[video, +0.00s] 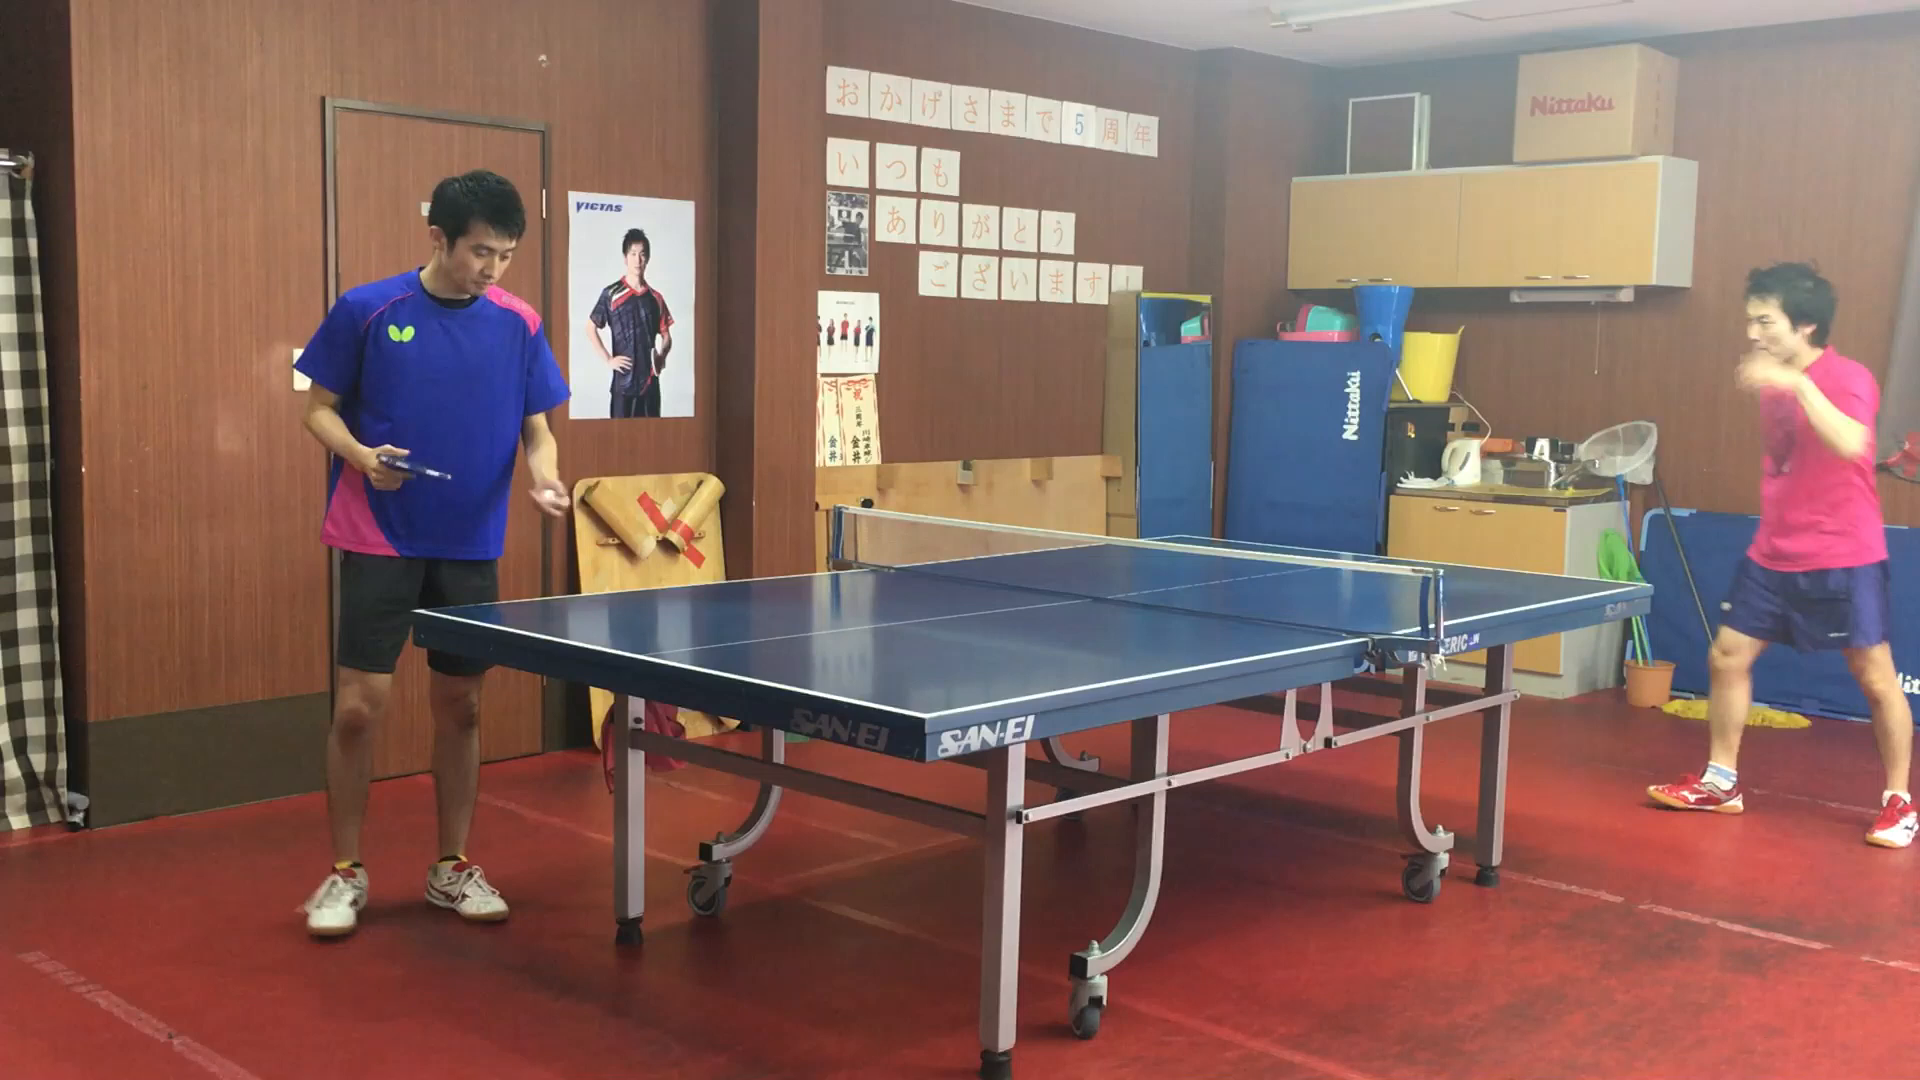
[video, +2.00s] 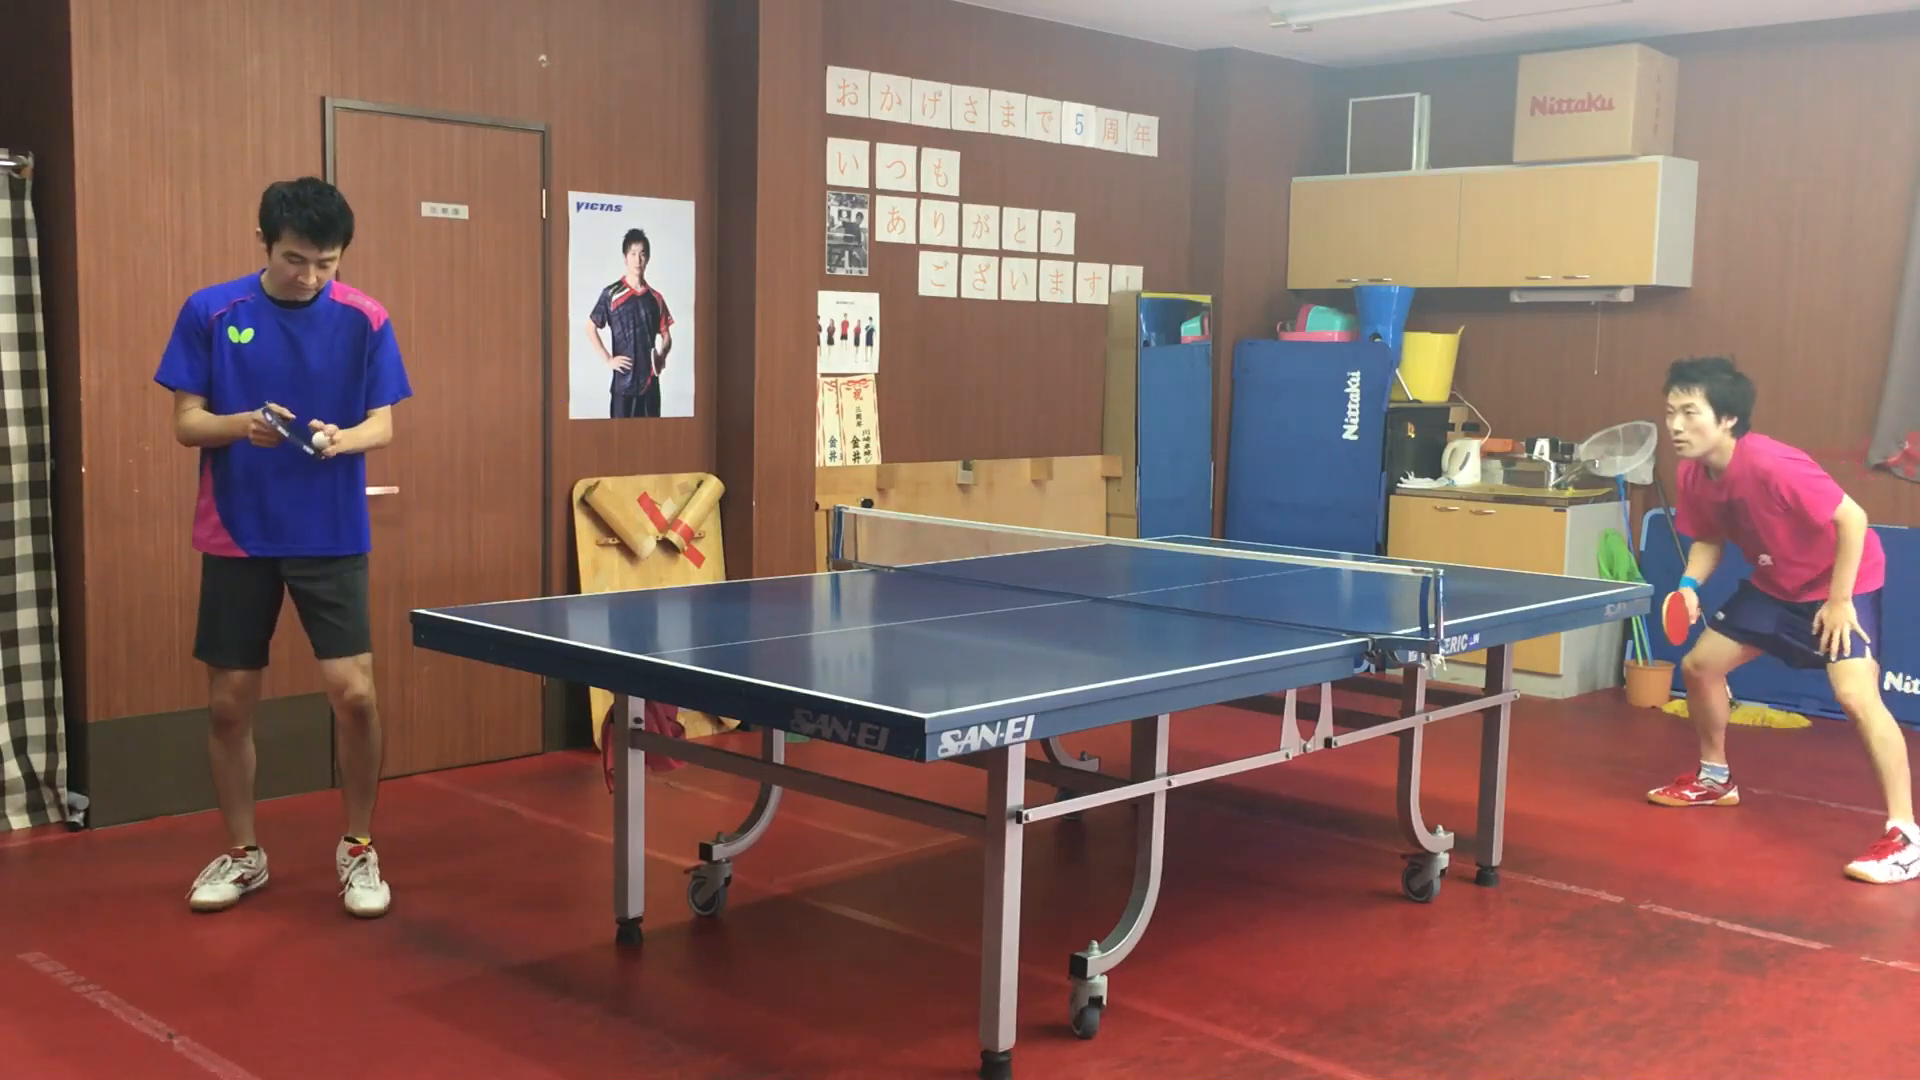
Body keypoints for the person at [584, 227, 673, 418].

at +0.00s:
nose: (639, 259)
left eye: (643, 254)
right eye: (633, 254)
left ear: (648, 258)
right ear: (625, 258)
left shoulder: (655, 297)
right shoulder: (611, 294)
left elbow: (666, 336)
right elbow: (591, 327)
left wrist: (662, 356)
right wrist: (608, 359)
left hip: (649, 378)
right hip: (624, 378)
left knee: (650, 436)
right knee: (622, 436)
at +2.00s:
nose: (638, 260)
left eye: (643, 254)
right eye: (633, 254)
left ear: (648, 258)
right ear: (625, 257)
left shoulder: (655, 297)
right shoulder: (611, 294)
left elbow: (666, 336)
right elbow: (591, 327)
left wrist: (662, 355)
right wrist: (608, 359)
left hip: (650, 378)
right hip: (624, 379)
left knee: (650, 436)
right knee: (622, 436)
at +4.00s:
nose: (639, 259)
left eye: (643, 254)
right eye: (633, 254)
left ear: (648, 258)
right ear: (625, 257)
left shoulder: (655, 297)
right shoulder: (611, 294)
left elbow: (666, 336)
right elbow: (591, 327)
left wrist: (662, 355)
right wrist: (608, 359)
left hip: (649, 378)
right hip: (624, 379)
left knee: (650, 436)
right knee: (622, 436)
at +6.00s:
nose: (639, 260)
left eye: (643, 254)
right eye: (633, 254)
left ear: (648, 258)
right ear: (625, 257)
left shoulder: (655, 297)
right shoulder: (611, 294)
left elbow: (666, 336)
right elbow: (590, 327)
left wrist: (661, 356)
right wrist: (608, 359)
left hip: (650, 380)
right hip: (624, 381)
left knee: (649, 438)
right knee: (622, 438)